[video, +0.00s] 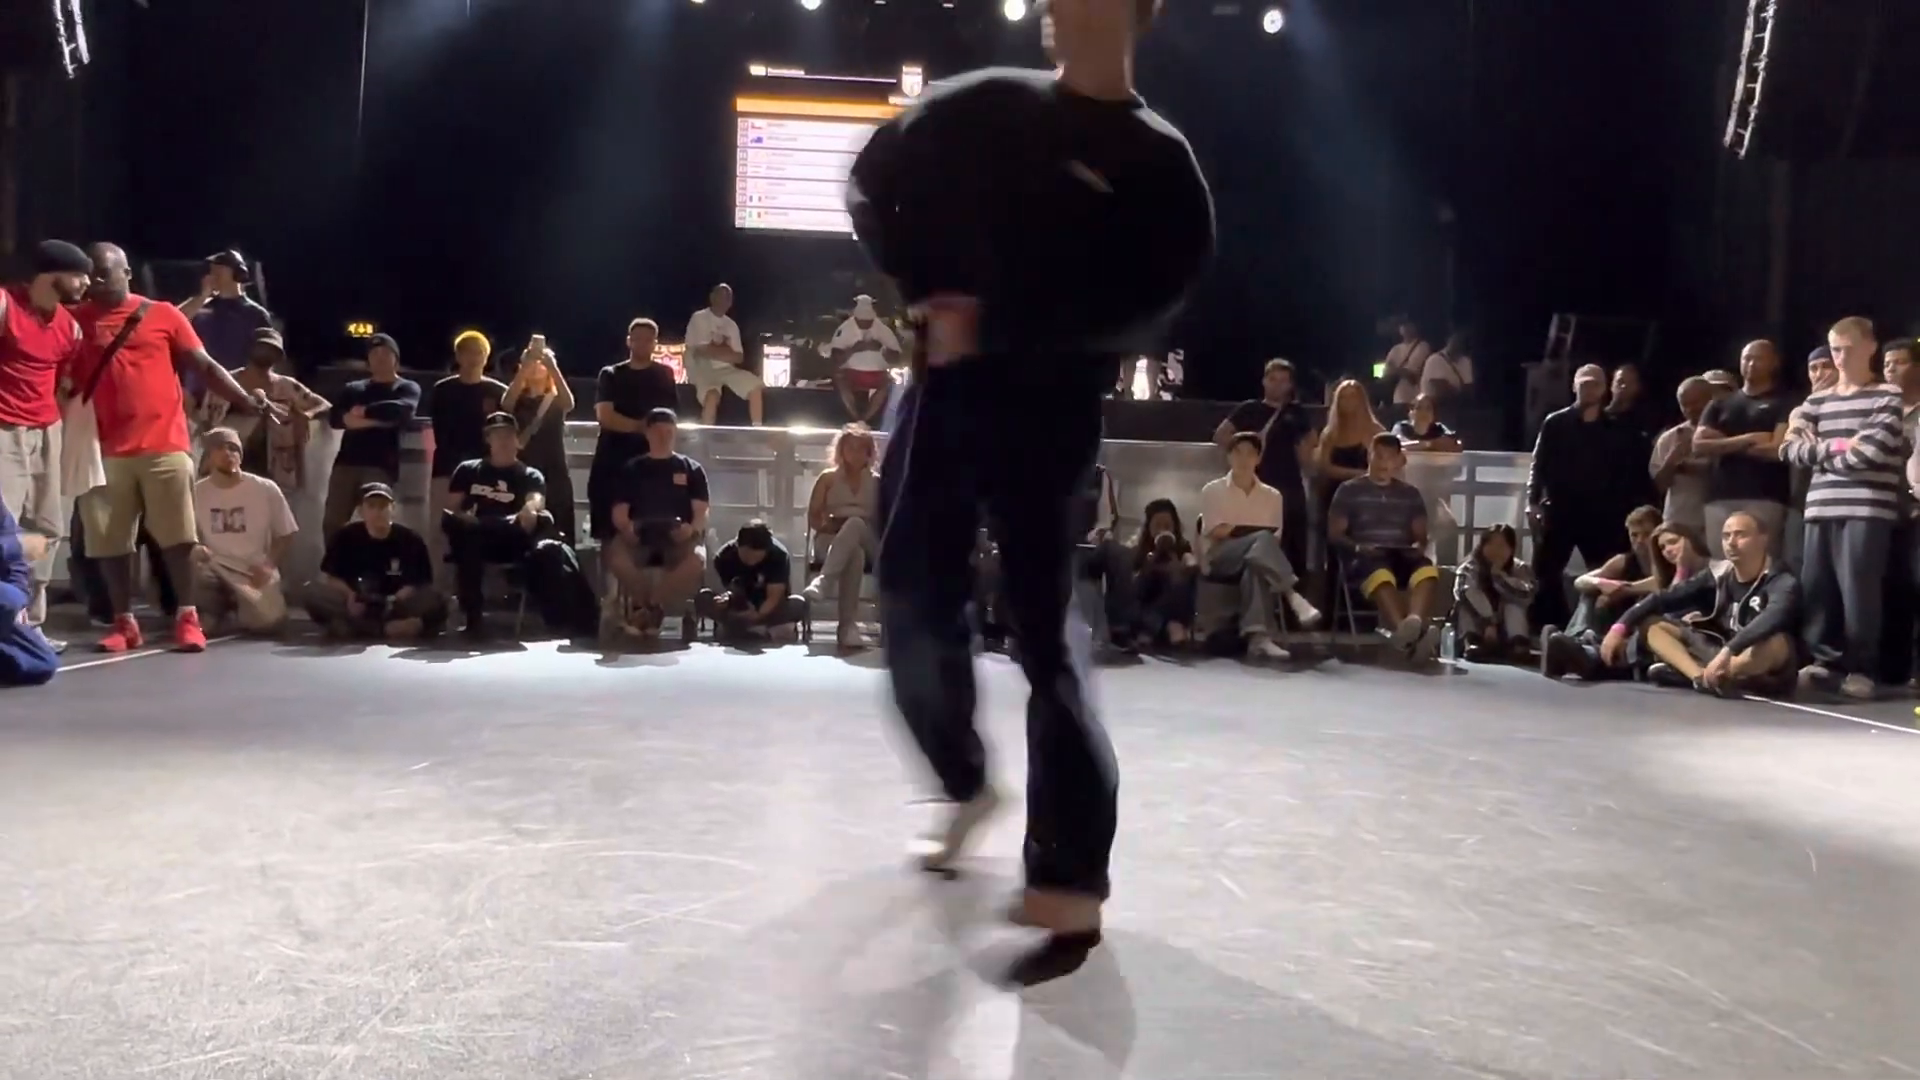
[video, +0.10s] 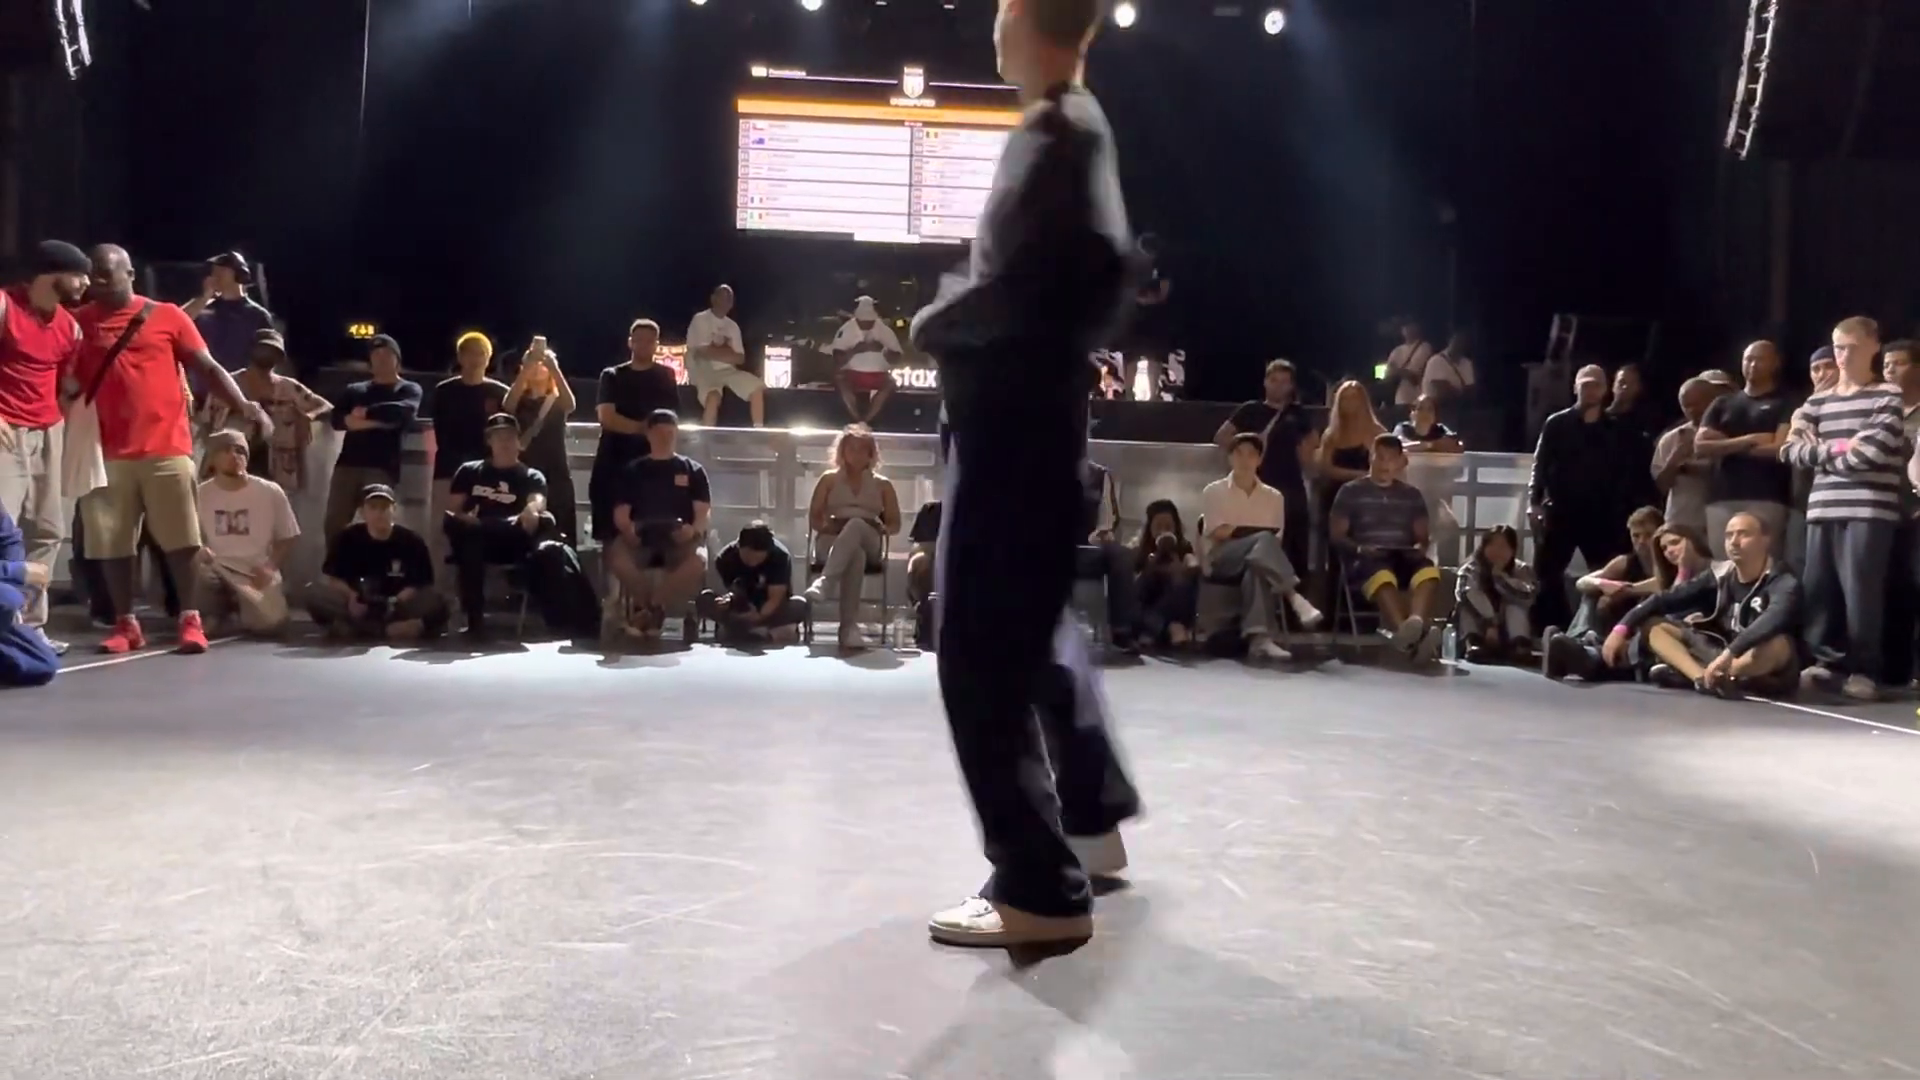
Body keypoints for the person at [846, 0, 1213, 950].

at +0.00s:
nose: (1065, 15)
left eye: (1084, 4)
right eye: (1063, 5)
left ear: (1136, 17)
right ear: (1050, 17)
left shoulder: (1158, 160)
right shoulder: (992, 109)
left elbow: (1150, 305)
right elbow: (873, 184)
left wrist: (997, 324)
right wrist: (924, 289)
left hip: (1051, 408)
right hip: (942, 400)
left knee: (1047, 638)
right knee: (913, 607)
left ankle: (1071, 894)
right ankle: (968, 784)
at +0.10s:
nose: (994, 27)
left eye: (1001, 11)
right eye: (1001, 12)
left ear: (1024, 20)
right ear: (1082, 29)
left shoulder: (1058, 130)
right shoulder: (1065, 123)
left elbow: (1031, 286)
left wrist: (931, 327)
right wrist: (951, 317)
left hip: (1014, 445)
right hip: (1032, 438)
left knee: (978, 657)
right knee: (1026, 640)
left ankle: (1039, 896)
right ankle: (1094, 828)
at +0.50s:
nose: (925, 94)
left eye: (925, 79)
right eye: (932, 78)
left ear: (936, 83)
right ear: (1011, 78)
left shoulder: (958, 159)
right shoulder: (1047, 150)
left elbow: (922, 287)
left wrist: (897, 408)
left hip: (1038, 405)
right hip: (1102, 395)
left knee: (994, 636)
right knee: (1000, 599)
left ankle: (1069, 895)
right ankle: (1004, 788)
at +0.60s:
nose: (952, 132)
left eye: (948, 118)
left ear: (948, 121)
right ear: (1029, 122)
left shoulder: (942, 190)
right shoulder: (1066, 199)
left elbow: (819, 279)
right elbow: (1156, 274)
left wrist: (845, 351)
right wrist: (1155, 385)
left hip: (1014, 433)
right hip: (1096, 429)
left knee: (1009, 663)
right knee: (997, 614)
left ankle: (1088, 912)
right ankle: (971, 792)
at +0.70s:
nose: (1028, 120)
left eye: (1005, 103)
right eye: (1048, 105)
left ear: (984, 107)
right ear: (1066, 108)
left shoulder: (922, 186)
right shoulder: (1115, 201)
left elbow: (845, 284)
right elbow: (1215, 310)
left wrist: (892, 334)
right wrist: (1194, 428)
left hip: (954, 446)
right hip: (1066, 448)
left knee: (941, 632)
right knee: (1046, 621)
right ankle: (1032, 798)